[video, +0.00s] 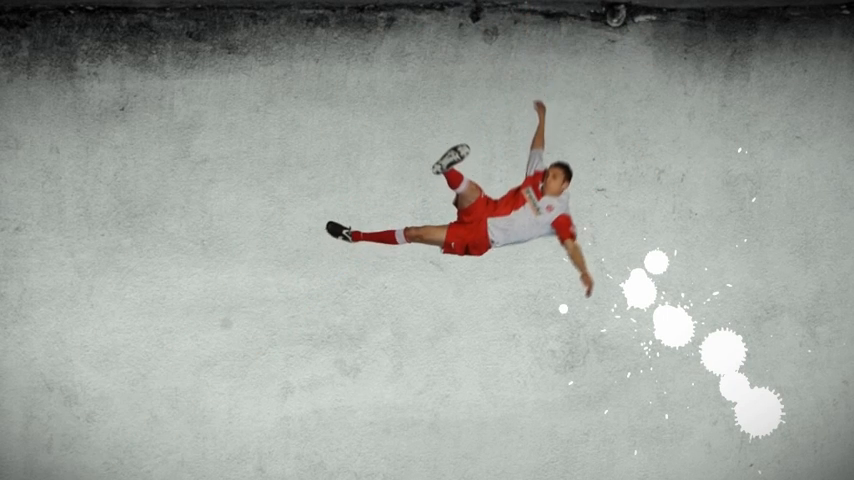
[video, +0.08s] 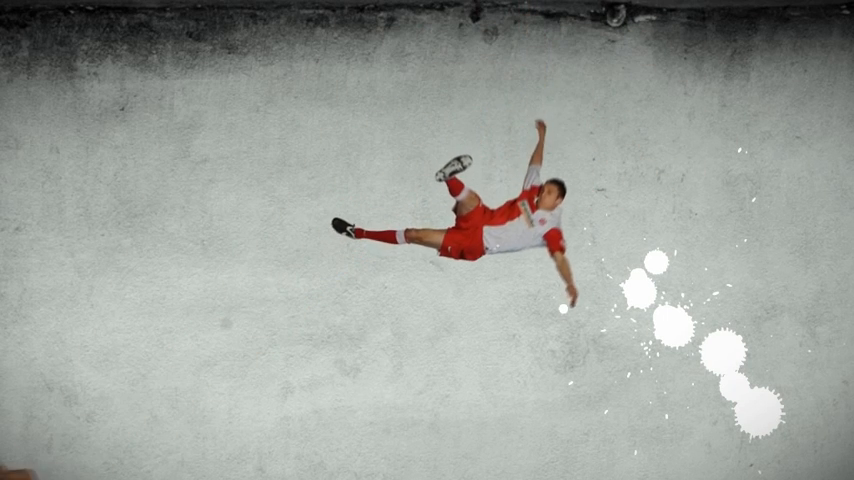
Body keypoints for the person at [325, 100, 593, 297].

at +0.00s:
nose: (548, 179)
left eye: (555, 178)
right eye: (548, 175)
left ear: (564, 186)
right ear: (544, 176)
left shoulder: (559, 216)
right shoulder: (535, 179)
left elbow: (571, 246)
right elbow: (537, 150)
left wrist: (584, 272)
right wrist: (542, 119)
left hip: (479, 237)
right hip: (479, 210)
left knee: (416, 233)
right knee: (469, 189)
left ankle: (354, 236)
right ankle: (446, 171)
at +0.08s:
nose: (543, 196)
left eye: (550, 194)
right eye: (544, 191)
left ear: (559, 201)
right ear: (541, 191)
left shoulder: (551, 230)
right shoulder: (532, 194)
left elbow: (560, 260)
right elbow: (535, 166)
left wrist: (571, 286)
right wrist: (542, 138)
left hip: (474, 242)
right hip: (478, 217)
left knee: (414, 235)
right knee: (467, 197)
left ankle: (357, 233)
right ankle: (450, 180)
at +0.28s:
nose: (532, 227)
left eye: (537, 227)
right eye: (533, 223)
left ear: (541, 234)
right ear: (529, 222)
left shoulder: (530, 257)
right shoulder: (520, 223)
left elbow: (533, 283)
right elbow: (527, 199)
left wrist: (538, 306)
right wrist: (538, 176)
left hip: (461, 256)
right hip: (470, 235)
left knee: (412, 238)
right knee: (467, 215)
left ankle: (364, 227)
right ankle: (452, 197)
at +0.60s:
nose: (513, 247)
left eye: (517, 248)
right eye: (514, 244)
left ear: (519, 255)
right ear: (510, 244)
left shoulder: (506, 273)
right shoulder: (502, 245)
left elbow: (505, 296)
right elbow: (512, 224)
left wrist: (504, 318)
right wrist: (526, 206)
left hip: (448, 261)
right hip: (459, 247)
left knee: (409, 238)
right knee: (456, 227)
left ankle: (371, 221)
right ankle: (450, 208)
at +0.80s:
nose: (500, 257)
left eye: (504, 258)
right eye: (502, 254)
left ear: (504, 265)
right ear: (498, 252)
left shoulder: (492, 278)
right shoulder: (492, 249)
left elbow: (489, 298)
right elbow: (503, 234)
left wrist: (485, 318)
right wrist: (516, 219)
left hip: (442, 262)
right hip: (452, 248)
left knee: (406, 249)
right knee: (449, 227)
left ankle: (374, 219)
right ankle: (446, 213)